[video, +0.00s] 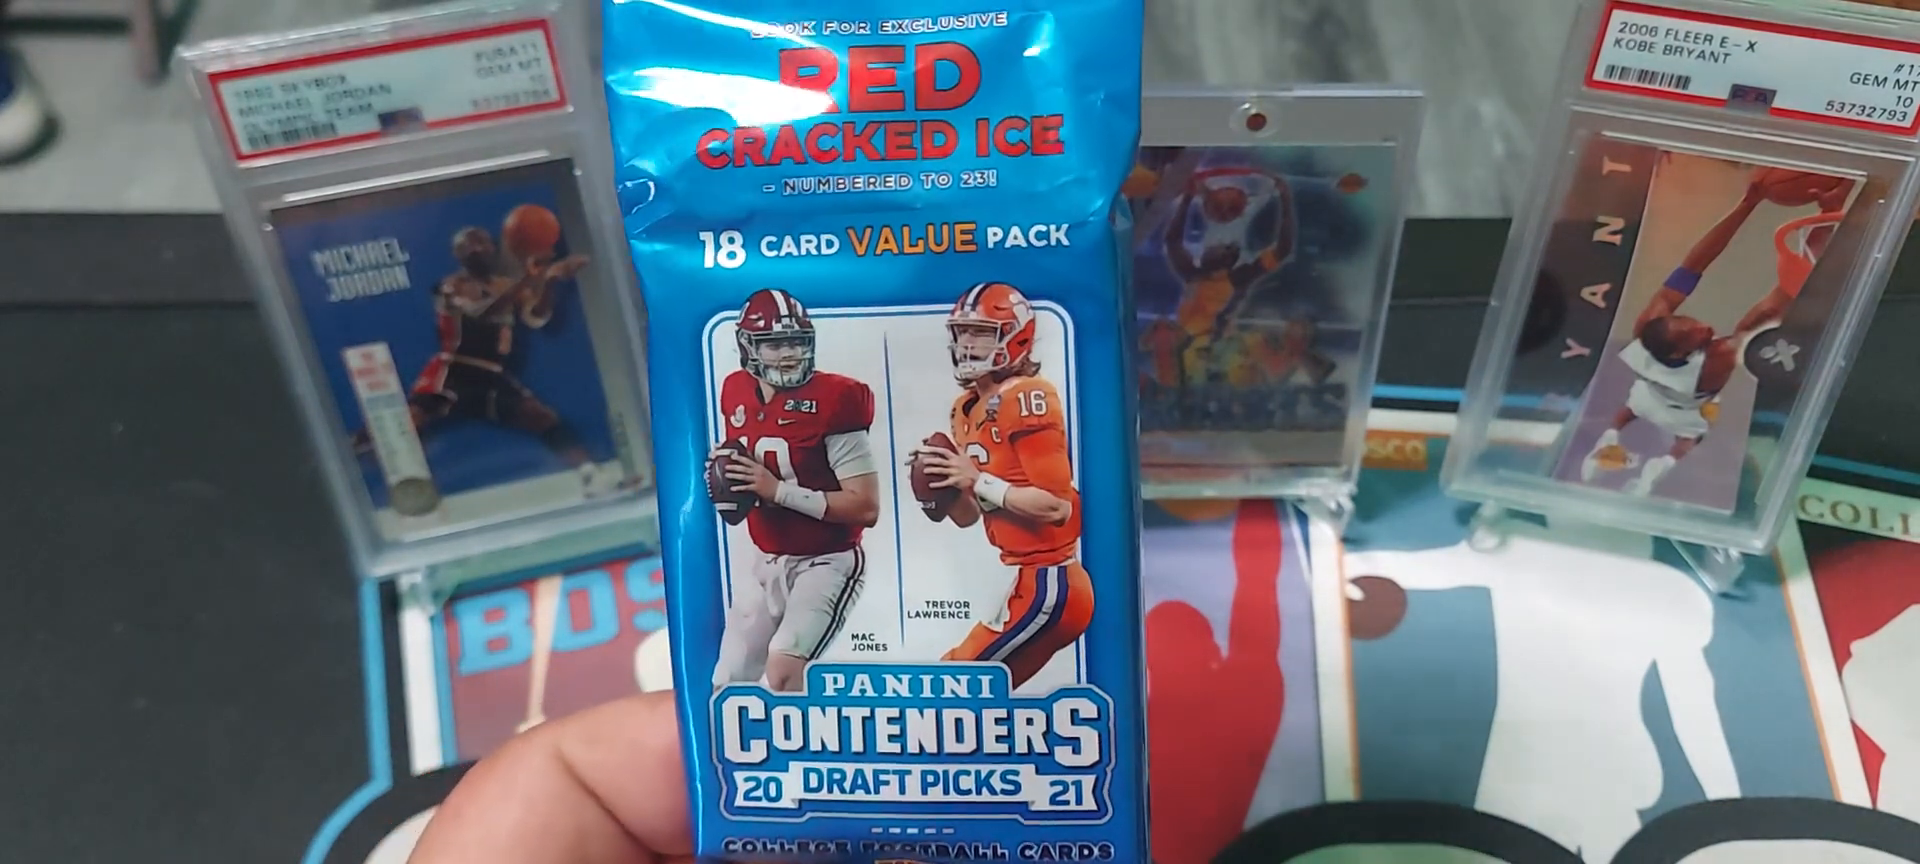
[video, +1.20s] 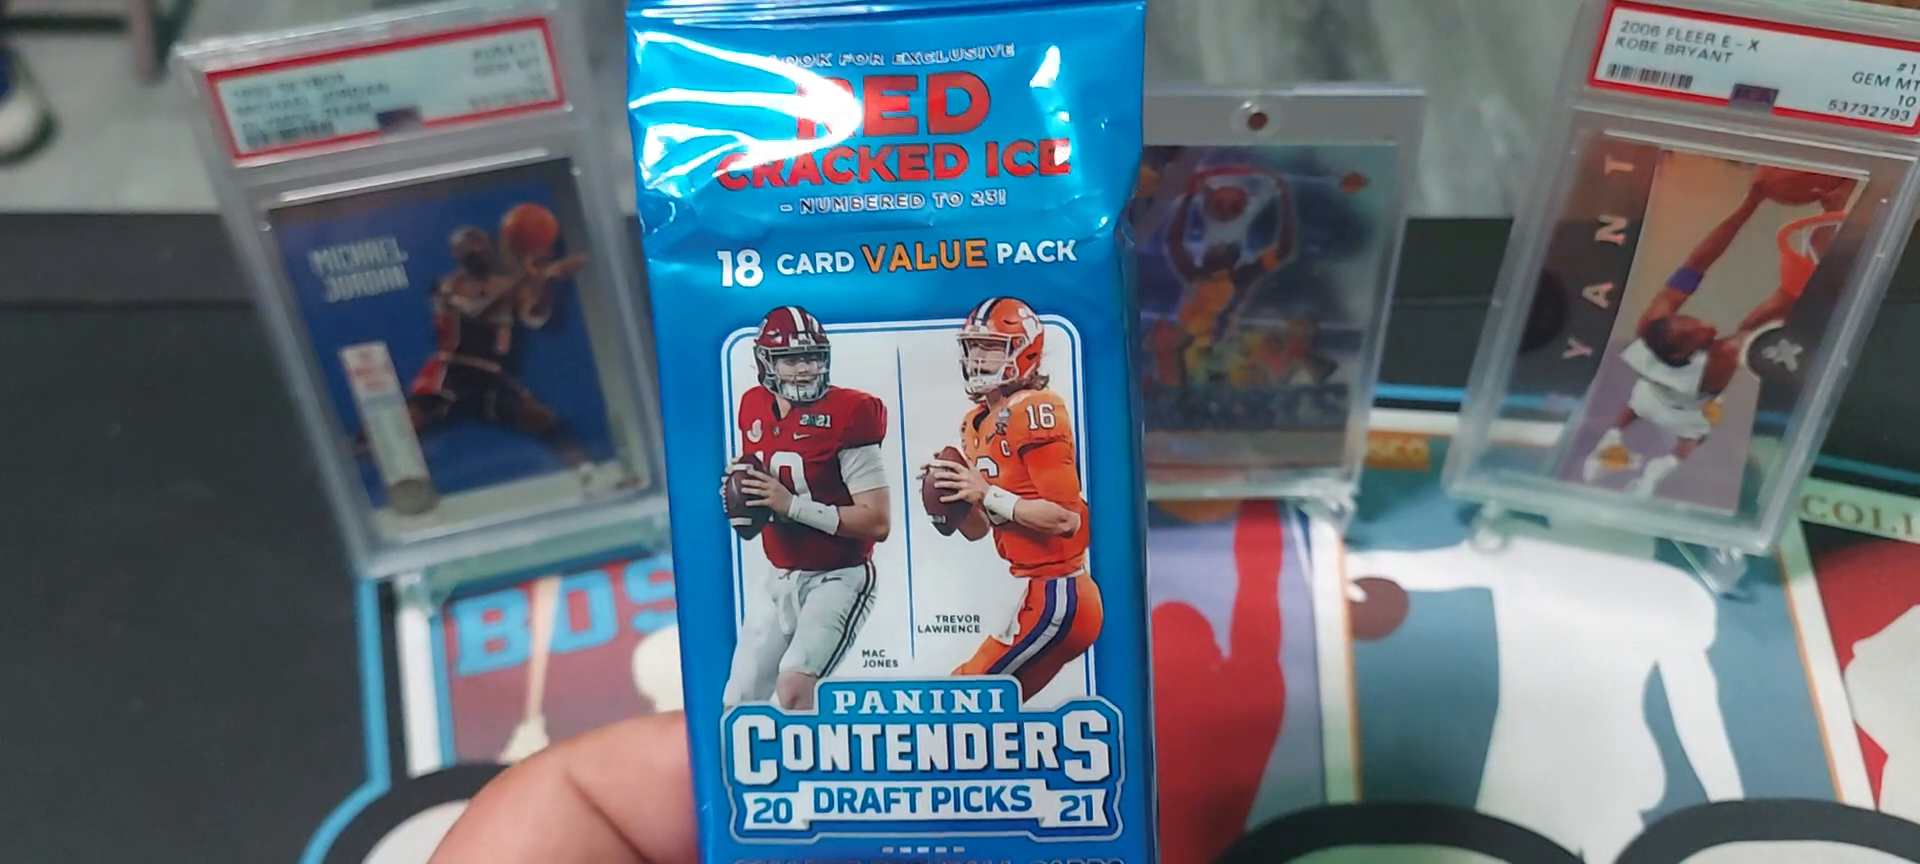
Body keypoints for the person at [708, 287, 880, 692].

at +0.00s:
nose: (786, 354)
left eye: (795, 343)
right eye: (774, 345)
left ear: (808, 344)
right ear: (750, 347)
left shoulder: (837, 399)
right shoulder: (736, 390)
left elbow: (866, 507)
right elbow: (738, 462)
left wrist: (777, 489)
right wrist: (721, 474)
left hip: (829, 563)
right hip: (765, 564)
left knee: (782, 673)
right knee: (728, 685)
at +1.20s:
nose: (805, 368)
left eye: (813, 357)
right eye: (791, 358)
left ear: (825, 358)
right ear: (767, 363)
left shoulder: (852, 413)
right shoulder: (754, 406)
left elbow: (877, 522)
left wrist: (791, 505)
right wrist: (739, 495)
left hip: (841, 577)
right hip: (780, 580)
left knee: (793, 691)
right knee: (738, 703)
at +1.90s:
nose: (852, 384)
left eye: (861, 372)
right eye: (838, 373)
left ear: (875, 375)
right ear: (813, 377)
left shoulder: (902, 432)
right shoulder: (802, 420)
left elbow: (925, 546)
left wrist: (836, 524)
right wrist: (783, 514)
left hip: (887, 602)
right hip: (826, 602)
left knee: (836, 715)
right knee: (779, 726)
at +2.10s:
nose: (940, 423)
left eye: (950, 411)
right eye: (926, 411)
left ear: (964, 414)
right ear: (900, 415)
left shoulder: (988, 475)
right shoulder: (884, 458)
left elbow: (1007, 594)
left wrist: (916, 566)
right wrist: (862, 552)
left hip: (965, 650)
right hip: (899, 645)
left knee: (907, 762)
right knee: (850, 767)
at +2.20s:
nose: (956, 414)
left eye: (965, 402)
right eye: (943, 403)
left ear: (979, 405)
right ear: (916, 405)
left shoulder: (1002, 465)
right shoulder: (898, 449)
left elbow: (1020, 583)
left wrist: (929, 556)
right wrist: (875, 539)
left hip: (977, 639)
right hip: (911, 635)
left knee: (916, 752)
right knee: (857, 755)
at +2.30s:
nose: (959, 402)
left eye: (968, 391)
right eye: (946, 391)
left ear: (982, 394)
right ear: (919, 393)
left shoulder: (1004, 453)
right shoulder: (901, 436)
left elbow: (1021, 570)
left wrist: (932, 544)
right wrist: (877, 527)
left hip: (977, 626)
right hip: (910, 621)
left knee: (916, 738)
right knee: (858, 743)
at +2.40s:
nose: (979, 379)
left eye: (990, 367)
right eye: (967, 367)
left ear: (1004, 371)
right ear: (941, 369)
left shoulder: (1025, 429)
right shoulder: (923, 409)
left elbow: (1035, 547)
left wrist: (947, 517)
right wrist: (895, 494)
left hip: (991, 600)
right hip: (927, 594)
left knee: (926, 707)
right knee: (867, 712)